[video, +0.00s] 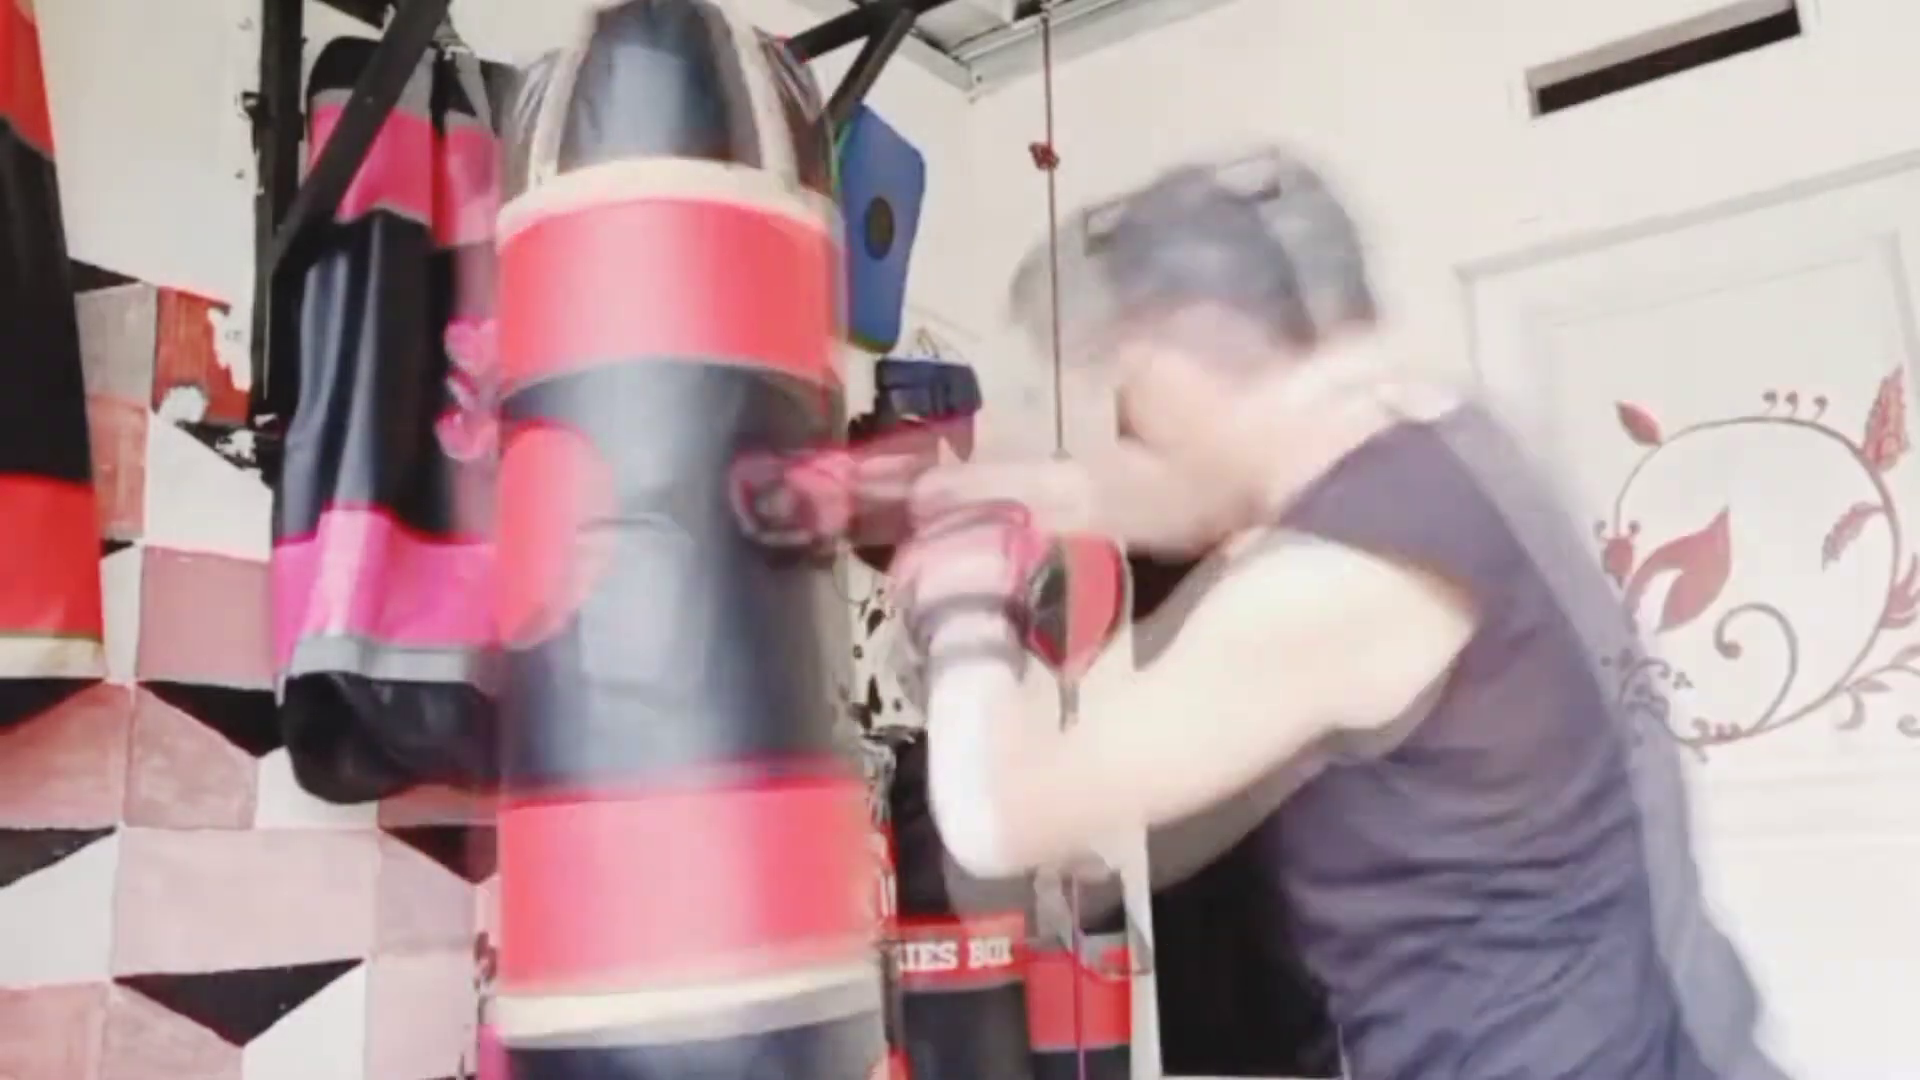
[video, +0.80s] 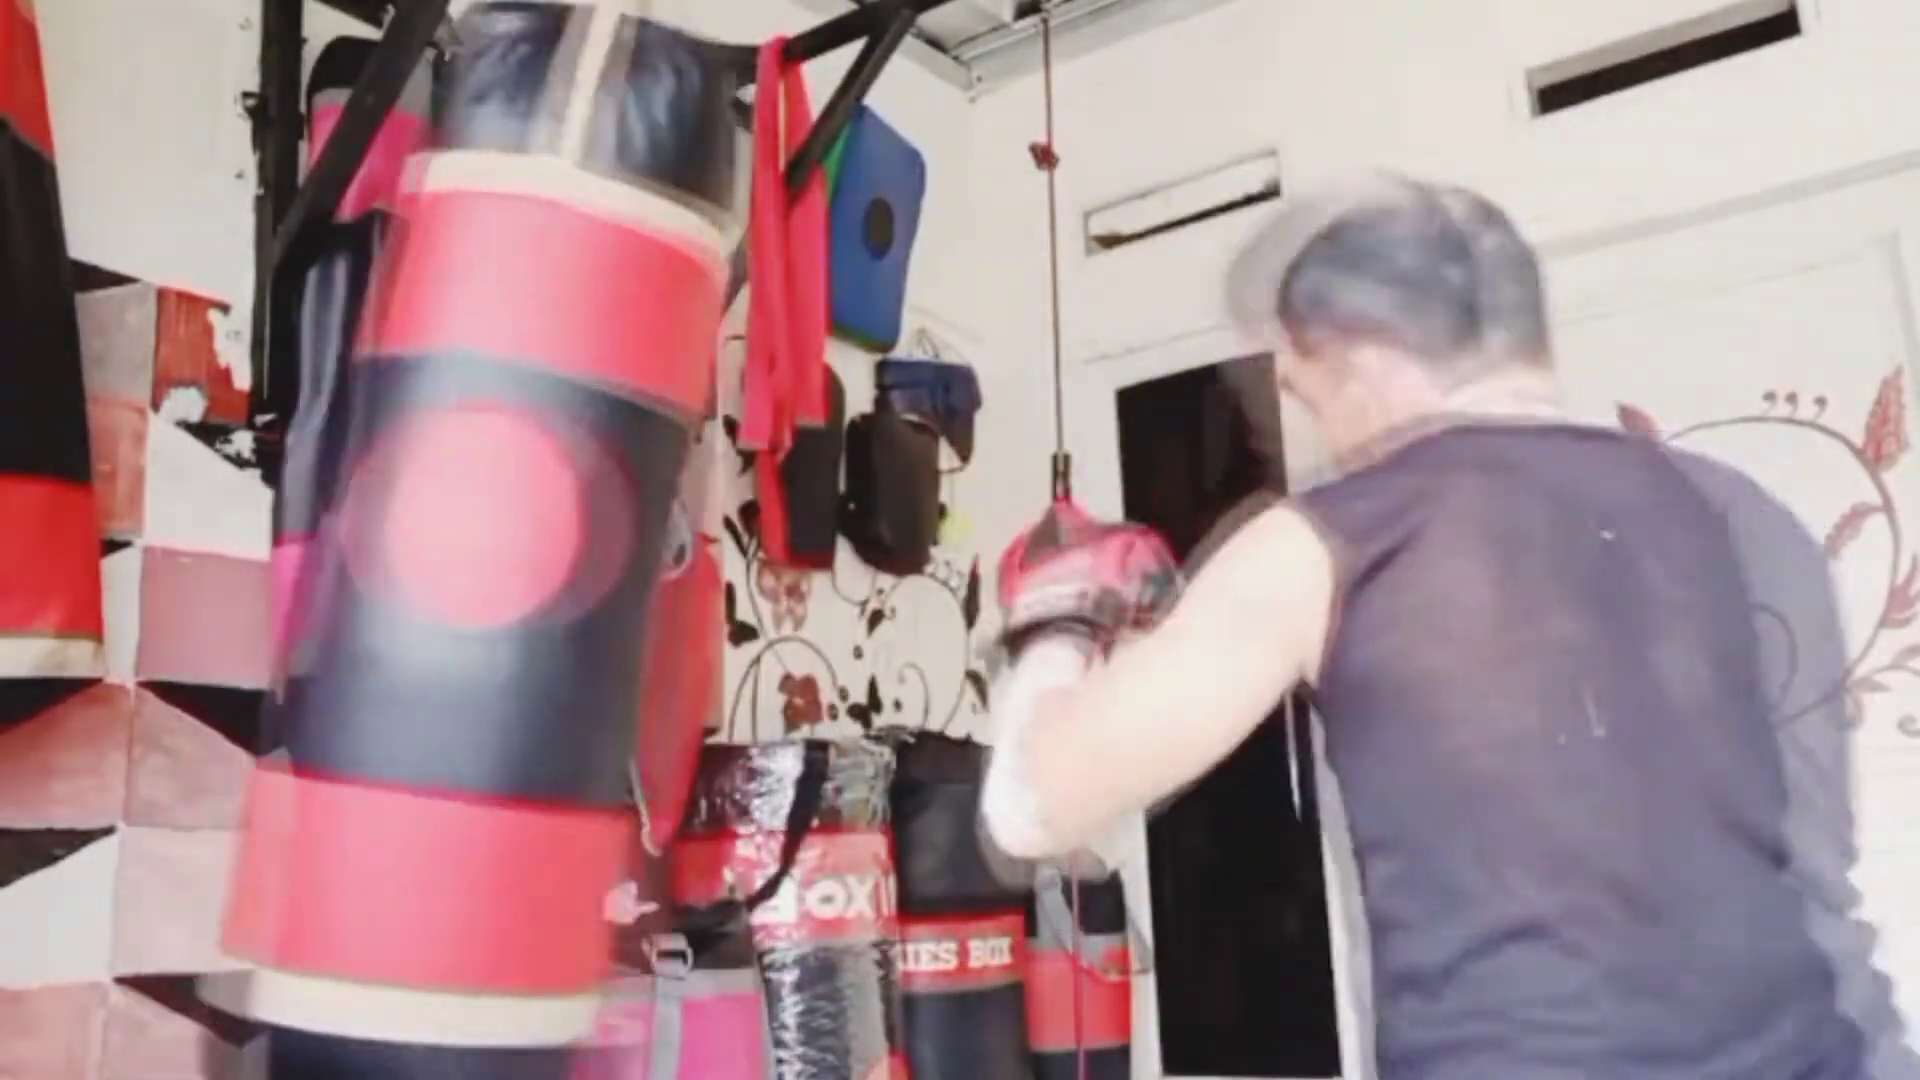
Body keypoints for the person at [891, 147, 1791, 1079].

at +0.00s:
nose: (1124, 430)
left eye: (1126, 385)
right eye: (1115, 395)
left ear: (1203, 337)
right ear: (1294, 319)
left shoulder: (1348, 561)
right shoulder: (1445, 453)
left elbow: (1005, 819)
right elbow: (1186, 500)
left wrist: (969, 605)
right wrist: (961, 485)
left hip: (1497, 1055)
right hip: (1604, 1026)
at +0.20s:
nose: (1048, 469)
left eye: (1040, 428)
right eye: (1028, 431)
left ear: (1118, 405)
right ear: (1244, 347)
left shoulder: (1298, 627)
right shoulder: (1346, 472)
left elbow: (973, 900)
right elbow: (1175, 553)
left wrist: (952, 649)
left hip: (1428, 1057)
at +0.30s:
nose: (1057, 474)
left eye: (1042, 420)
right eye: (1036, 425)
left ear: (1108, 387)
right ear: (1241, 332)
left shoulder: (1276, 588)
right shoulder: (1383, 481)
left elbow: (972, 871)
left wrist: (938, 646)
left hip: (1475, 1060)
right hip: (1613, 1035)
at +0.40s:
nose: (1082, 423)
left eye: (1080, 369)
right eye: (1071, 377)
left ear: (1145, 335)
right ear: (1289, 300)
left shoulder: (1252, 531)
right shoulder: (1490, 444)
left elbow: (951, 818)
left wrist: (960, 571)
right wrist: (1092, 580)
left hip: (1469, 1063)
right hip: (1715, 1048)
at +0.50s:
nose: (1199, 404)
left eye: (1190, 362)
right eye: (1184, 368)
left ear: (1252, 326)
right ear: (1386, 285)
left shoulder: (1288, 520)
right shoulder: (1607, 446)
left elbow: (1001, 776)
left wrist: (1011, 549)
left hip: (1524, 1055)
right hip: (1795, 1042)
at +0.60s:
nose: (1310, 423)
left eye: (1297, 387)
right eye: (1294, 392)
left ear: (1346, 351)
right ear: (1516, 319)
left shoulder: (1337, 539)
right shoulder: (1751, 498)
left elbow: (1047, 782)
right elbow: (1842, 817)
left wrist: (1041, 604)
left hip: (1535, 1048)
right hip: (1848, 1043)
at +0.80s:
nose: (1311, 434)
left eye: (1301, 393)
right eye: (1295, 398)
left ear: (1362, 354)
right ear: (1520, 333)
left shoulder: (1332, 537)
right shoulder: (1744, 516)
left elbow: (1038, 810)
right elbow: (1818, 858)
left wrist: (1056, 623)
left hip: (1507, 1055)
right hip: (1799, 1051)